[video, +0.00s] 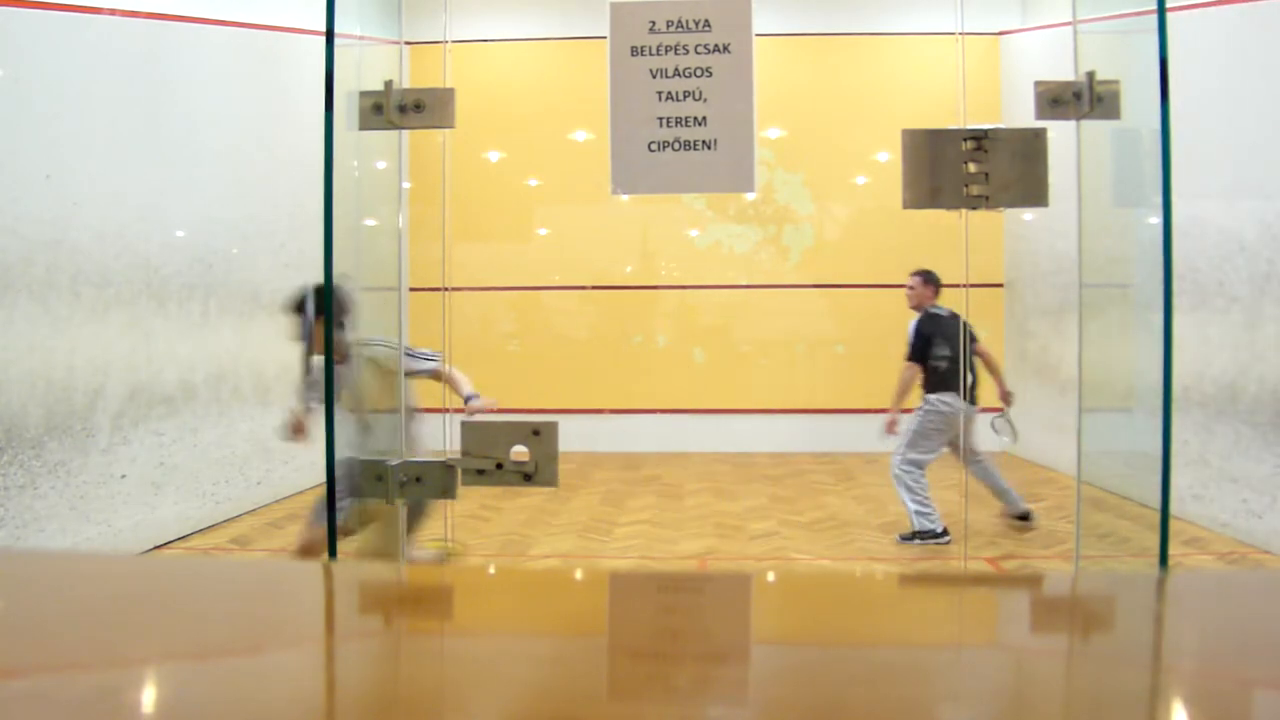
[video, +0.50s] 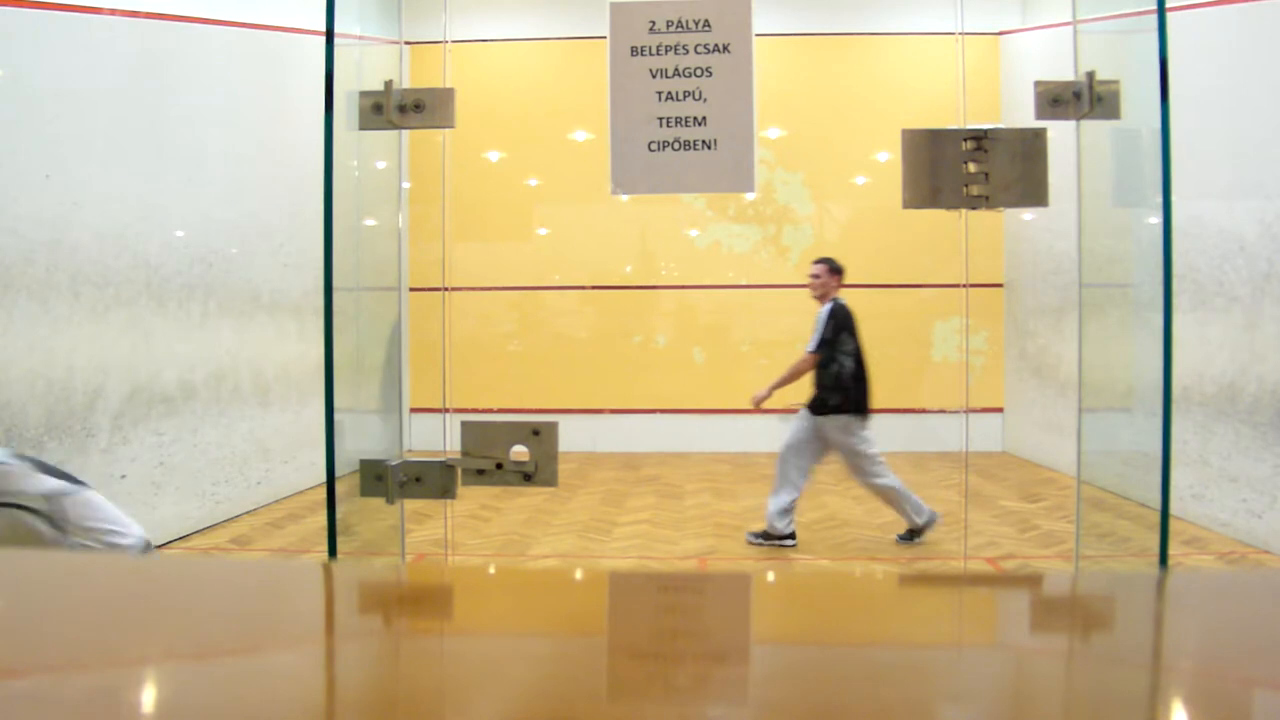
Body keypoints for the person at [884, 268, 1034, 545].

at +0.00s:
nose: (907, 293)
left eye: (912, 288)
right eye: (907, 288)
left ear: (930, 291)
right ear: (931, 293)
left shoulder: (923, 322)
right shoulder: (957, 321)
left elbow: (912, 368)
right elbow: (984, 354)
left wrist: (894, 409)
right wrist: (1002, 387)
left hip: (939, 405)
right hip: (966, 407)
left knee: (905, 464)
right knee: (971, 457)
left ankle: (929, 527)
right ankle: (1018, 507)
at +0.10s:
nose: (890, 285)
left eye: (895, 280)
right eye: (891, 280)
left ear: (915, 284)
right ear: (914, 285)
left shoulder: (910, 314)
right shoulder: (936, 313)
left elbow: (890, 364)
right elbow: (958, 353)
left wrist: (864, 405)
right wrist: (974, 383)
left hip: (925, 398)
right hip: (946, 398)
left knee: (902, 467)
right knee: (930, 458)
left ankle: (929, 528)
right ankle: (973, 506)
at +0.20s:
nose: (872, 278)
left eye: (878, 273)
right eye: (873, 273)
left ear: (897, 276)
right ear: (896, 278)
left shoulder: (893, 307)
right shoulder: (915, 306)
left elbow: (874, 357)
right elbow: (934, 347)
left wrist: (840, 393)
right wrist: (937, 382)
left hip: (910, 396)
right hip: (915, 394)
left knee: (903, 464)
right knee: (882, 452)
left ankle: (930, 526)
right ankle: (913, 515)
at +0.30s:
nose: (854, 277)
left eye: (860, 271)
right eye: (854, 271)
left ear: (878, 275)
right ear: (874, 277)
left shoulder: (875, 306)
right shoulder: (892, 305)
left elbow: (855, 354)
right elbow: (910, 344)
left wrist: (817, 386)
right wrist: (902, 379)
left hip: (892, 397)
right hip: (881, 398)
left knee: (900, 467)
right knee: (848, 451)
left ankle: (929, 526)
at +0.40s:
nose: (833, 279)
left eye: (839, 274)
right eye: (833, 274)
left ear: (857, 278)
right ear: (850, 279)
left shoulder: (856, 308)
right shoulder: (859, 308)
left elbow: (833, 355)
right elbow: (870, 358)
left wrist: (792, 385)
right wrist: (848, 396)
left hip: (873, 405)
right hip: (854, 405)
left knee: (894, 470)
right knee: (821, 459)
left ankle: (929, 525)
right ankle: (793, 518)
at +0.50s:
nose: (811, 282)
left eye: (816, 277)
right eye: (810, 277)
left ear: (835, 280)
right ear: (824, 282)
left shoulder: (834, 312)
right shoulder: (832, 312)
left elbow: (813, 359)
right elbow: (837, 366)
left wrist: (770, 389)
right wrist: (813, 402)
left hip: (842, 411)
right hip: (822, 410)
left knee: (871, 471)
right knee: (791, 458)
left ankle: (921, 518)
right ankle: (780, 528)